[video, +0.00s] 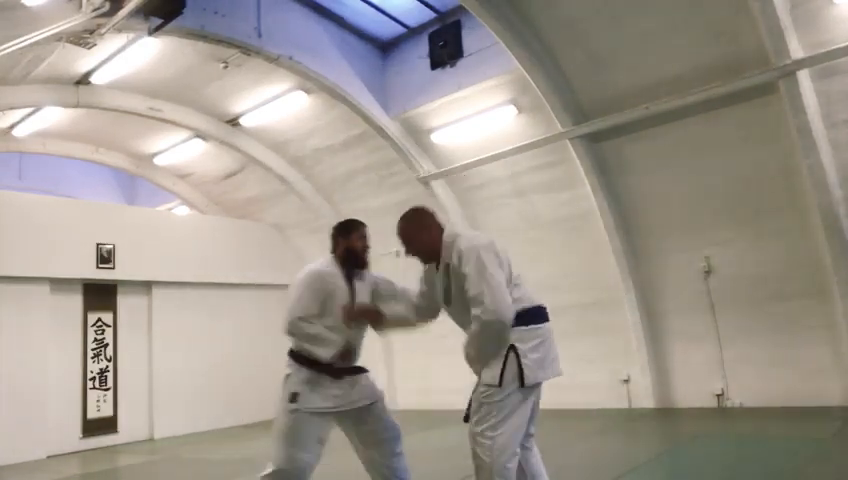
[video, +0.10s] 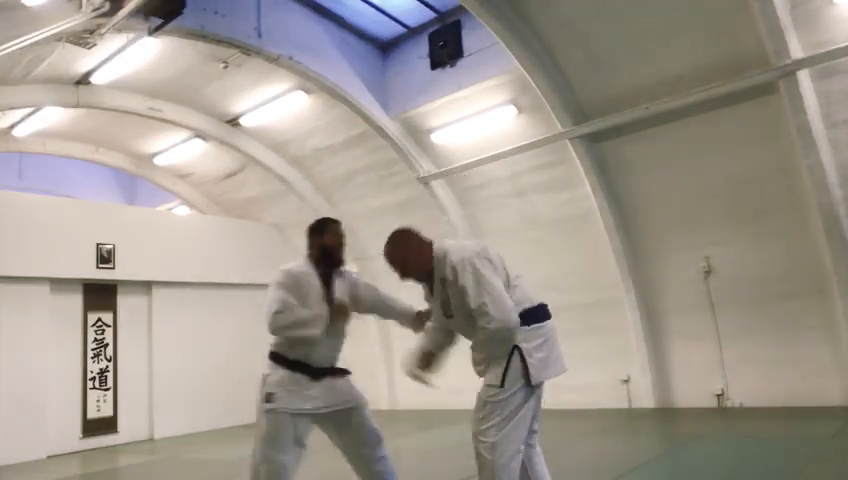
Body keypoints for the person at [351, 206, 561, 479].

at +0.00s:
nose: (408, 252)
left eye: (409, 243)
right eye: (405, 245)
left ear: (428, 231)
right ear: (431, 231)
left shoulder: (472, 249)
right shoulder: (436, 266)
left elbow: (497, 314)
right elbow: (423, 310)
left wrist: (475, 355)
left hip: (522, 340)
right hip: (505, 341)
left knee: (487, 434)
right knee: (518, 440)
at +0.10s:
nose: (404, 277)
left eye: (403, 268)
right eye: (399, 271)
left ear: (416, 252)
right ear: (418, 249)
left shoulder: (464, 259)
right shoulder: (437, 273)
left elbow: (502, 320)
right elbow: (444, 324)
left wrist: (481, 354)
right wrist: (427, 353)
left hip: (524, 342)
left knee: (491, 437)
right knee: (521, 440)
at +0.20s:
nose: (399, 295)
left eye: (397, 287)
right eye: (393, 290)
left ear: (409, 270)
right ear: (410, 266)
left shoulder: (456, 270)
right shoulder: (436, 285)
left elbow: (505, 325)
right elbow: (462, 337)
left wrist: (480, 361)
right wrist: (476, 368)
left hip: (526, 342)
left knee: (496, 438)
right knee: (521, 437)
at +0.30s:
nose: (396, 309)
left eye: (394, 302)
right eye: (390, 305)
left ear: (404, 286)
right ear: (406, 281)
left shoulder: (450, 282)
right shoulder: (429, 290)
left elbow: (507, 328)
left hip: (527, 343)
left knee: (499, 441)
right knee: (522, 440)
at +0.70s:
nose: (389, 352)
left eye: (383, 346)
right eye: (382, 350)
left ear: (389, 325)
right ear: (389, 322)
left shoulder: (431, 308)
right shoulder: (422, 315)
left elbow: (500, 338)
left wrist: (495, 376)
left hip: (523, 340)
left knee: (497, 438)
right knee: (531, 434)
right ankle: (547, 476)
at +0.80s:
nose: (390, 354)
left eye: (383, 349)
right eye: (383, 352)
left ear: (386, 327)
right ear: (385, 325)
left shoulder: (427, 309)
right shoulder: (420, 315)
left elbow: (496, 337)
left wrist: (492, 376)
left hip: (520, 342)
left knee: (495, 439)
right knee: (533, 432)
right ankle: (547, 475)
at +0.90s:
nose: (387, 351)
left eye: (381, 346)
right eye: (380, 349)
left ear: (383, 325)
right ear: (382, 322)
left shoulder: (423, 307)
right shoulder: (415, 312)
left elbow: (492, 337)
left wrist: (488, 374)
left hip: (517, 341)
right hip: (529, 332)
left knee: (492, 439)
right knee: (534, 431)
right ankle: (547, 476)